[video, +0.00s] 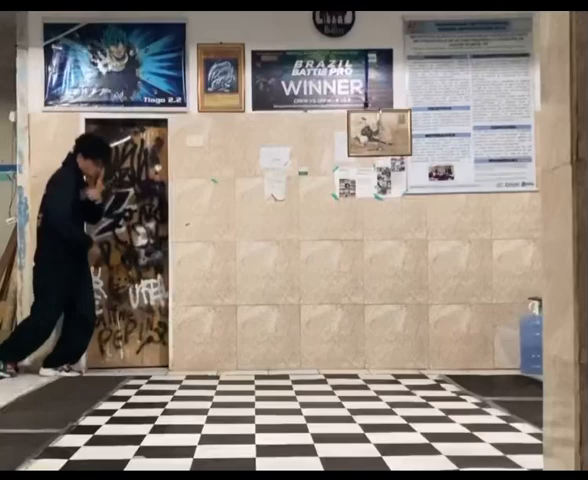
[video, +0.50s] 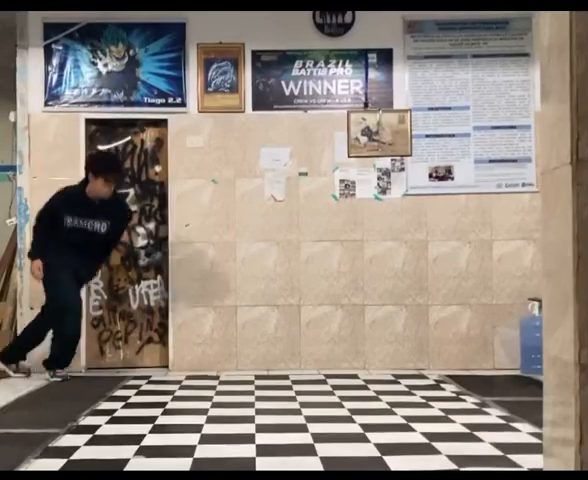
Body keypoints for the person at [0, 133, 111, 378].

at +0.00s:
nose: (99, 170)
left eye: (102, 165)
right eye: (97, 164)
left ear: (84, 159)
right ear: (82, 158)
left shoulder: (79, 181)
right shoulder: (63, 180)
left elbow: (91, 217)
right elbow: (60, 221)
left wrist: (95, 201)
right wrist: (87, 243)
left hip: (74, 258)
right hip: (52, 259)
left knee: (83, 317)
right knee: (45, 316)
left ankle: (56, 363)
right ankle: (7, 356)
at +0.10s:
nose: (105, 164)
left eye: (108, 159)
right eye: (103, 158)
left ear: (92, 153)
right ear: (89, 150)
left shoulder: (86, 176)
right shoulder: (65, 173)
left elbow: (88, 213)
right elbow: (57, 216)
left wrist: (109, 231)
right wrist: (78, 245)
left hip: (74, 253)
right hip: (51, 253)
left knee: (81, 313)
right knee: (42, 312)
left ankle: (57, 362)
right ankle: (8, 353)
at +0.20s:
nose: (111, 152)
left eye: (113, 147)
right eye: (108, 146)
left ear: (105, 142)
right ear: (93, 137)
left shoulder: (102, 167)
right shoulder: (65, 157)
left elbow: (99, 204)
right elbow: (41, 193)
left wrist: (104, 235)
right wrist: (54, 228)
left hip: (75, 243)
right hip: (49, 240)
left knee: (76, 298)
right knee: (42, 294)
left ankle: (56, 354)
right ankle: (17, 347)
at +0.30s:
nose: (112, 152)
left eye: (115, 147)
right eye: (109, 146)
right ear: (94, 138)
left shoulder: (108, 169)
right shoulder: (60, 156)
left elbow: (104, 205)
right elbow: (33, 190)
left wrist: (91, 232)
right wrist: (43, 223)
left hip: (75, 239)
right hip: (48, 236)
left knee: (72, 295)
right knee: (47, 290)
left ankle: (34, 342)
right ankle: (34, 346)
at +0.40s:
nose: (110, 168)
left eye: (114, 163)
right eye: (107, 162)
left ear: (118, 162)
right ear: (91, 155)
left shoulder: (115, 185)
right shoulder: (63, 170)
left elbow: (104, 216)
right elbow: (34, 201)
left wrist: (90, 235)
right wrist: (38, 233)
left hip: (78, 246)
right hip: (52, 242)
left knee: (54, 299)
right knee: (58, 298)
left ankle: (14, 351)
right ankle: (54, 357)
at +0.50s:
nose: (111, 189)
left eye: (114, 183)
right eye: (107, 182)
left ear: (117, 182)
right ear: (92, 177)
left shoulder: (119, 211)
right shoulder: (65, 198)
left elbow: (109, 244)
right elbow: (41, 226)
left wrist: (97, 265)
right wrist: (36, 256)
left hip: (84, 269)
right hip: (55, 261)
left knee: (51, 313)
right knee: (70, 310)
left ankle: (11, 355)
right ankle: (56, 364)